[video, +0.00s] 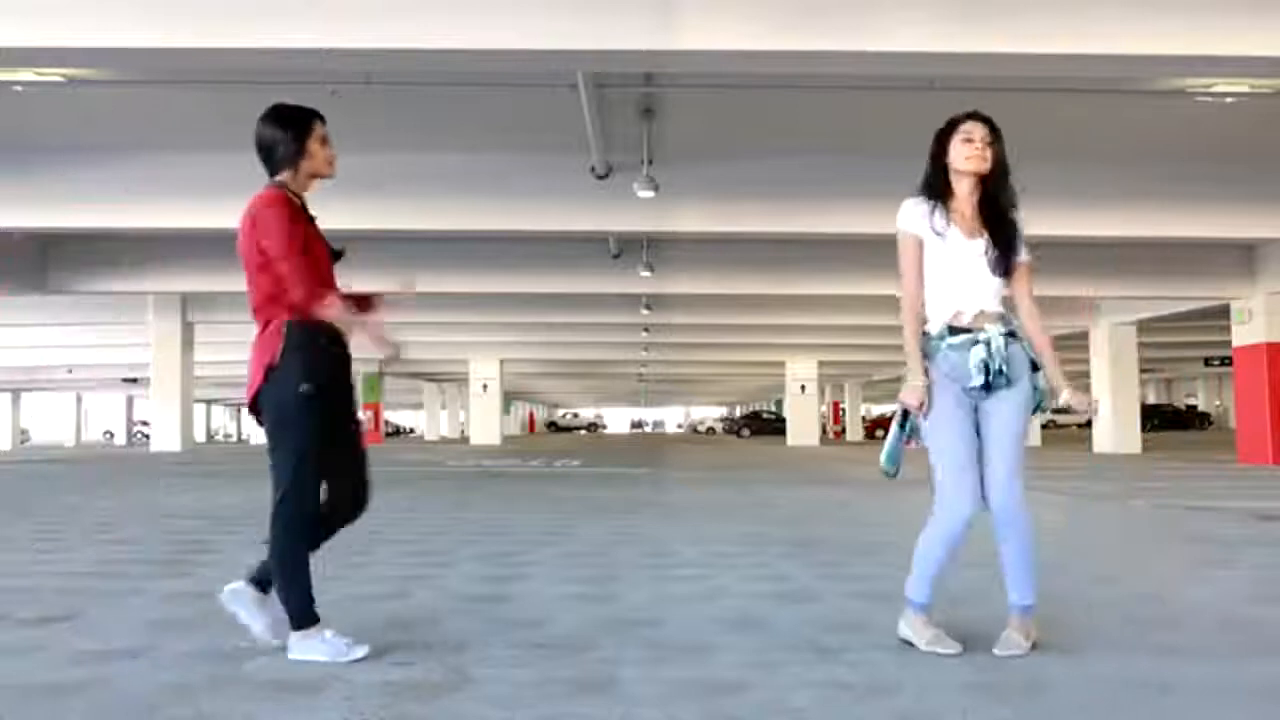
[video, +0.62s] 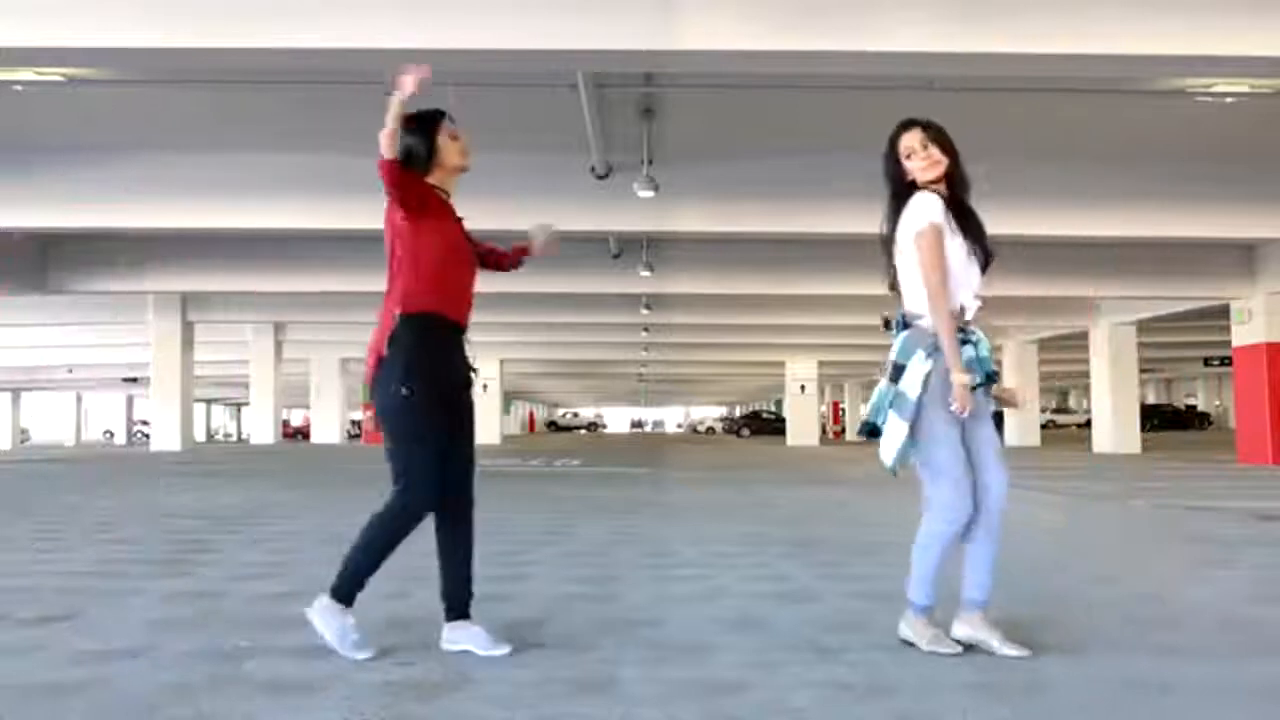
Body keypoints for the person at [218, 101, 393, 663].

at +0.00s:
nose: (333, 151)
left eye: (329, 142)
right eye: (324, 142)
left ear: (294, 152)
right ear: (298, 150)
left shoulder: (297, 213)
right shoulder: (271, 207)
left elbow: (312, 296)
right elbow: (300, 289)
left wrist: (367, 300)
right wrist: (355, 322)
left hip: (321, 356)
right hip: (291, 356)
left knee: (348, 495)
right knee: (295, 493)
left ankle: (257, 587)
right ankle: (304, 630)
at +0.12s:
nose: (359, 152)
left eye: (356, 143)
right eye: (350, 142)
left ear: (323, 151)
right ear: (321, 148)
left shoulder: (335, 220)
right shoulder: (288, 203)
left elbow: (390, 271)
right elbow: (337, 226)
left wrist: (453, 272)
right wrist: (409, 225)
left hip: (344, 361)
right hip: (304, 360)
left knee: (385, 482)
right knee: (304, 494)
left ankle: (351, 614)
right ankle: (304, 631)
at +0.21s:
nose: (376, 145)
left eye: (375, 135)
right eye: (367, 136)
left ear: (336, 147)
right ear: (341, 144)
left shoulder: (354, 216)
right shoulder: (317, 199)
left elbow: (394, 250)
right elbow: (360, 161)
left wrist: (446, 235)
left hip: (359, 359)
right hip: (321, 357)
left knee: (397, 486)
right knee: (309, 495)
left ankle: (410, 616)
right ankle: (304, 631)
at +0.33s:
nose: (417, 135)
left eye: (409, 128)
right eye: (405, 131)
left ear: (393, 151)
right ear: (383, 149)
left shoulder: (404, 213)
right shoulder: (372, 194)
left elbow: (391, 277)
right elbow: (332, 150)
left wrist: (424, 263)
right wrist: (332, 73)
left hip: (392, 358)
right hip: (352, 354)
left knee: (421, 497)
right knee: (330, 495)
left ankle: (452, 619)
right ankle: (306, 630)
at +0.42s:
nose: (438, 141)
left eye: (431, 134)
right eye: (426, 138)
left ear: (415, 156)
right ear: (408, 154)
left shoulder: (428, 220)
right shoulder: (394, 198)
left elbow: (398, 297)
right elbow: (333, 162)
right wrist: (316, 76)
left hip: (415, 364)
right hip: (377, 359)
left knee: (442, 500)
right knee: (349, 498)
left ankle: (458, 624)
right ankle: (310, 628)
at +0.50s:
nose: (452, 140)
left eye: (445, 133)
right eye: (440, 136)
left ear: (429, 151)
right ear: (422, 152)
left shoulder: (439, 213)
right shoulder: (404, 196)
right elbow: (351, 159)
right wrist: (343, 73)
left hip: (433, 359)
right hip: (396, 354)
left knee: (451, 501)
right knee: (373, 498)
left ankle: (458, 623)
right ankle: (315, 621)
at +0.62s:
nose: (463, 143)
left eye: (459, 135)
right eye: (452, 137)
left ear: (446, 154)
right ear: (426, 151)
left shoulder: (448, 221)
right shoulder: (412, 198)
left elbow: (486, 260)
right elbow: (391, 157)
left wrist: (528, 250)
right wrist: (399, 100)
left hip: (448, 358)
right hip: (409, 353)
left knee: (455, 496)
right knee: (418, 491)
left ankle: (457, 623)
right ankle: (335, 603)